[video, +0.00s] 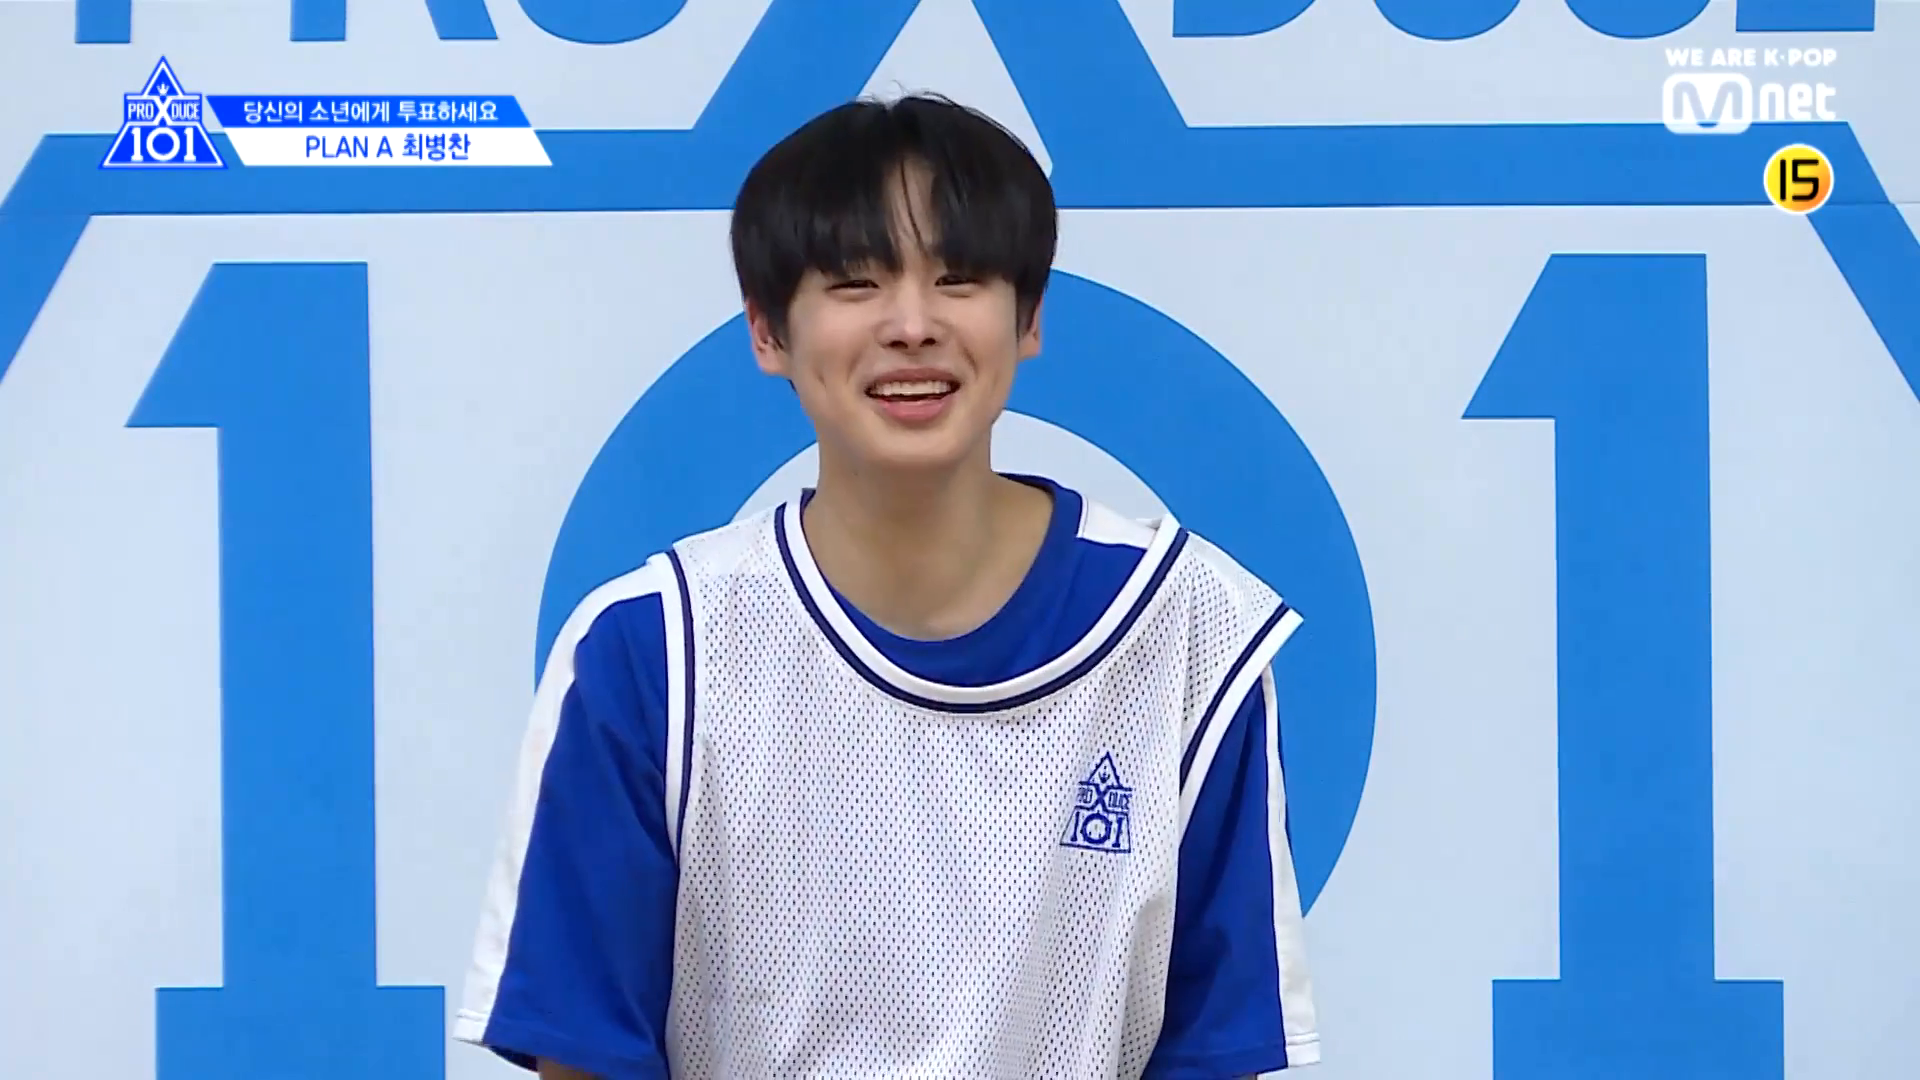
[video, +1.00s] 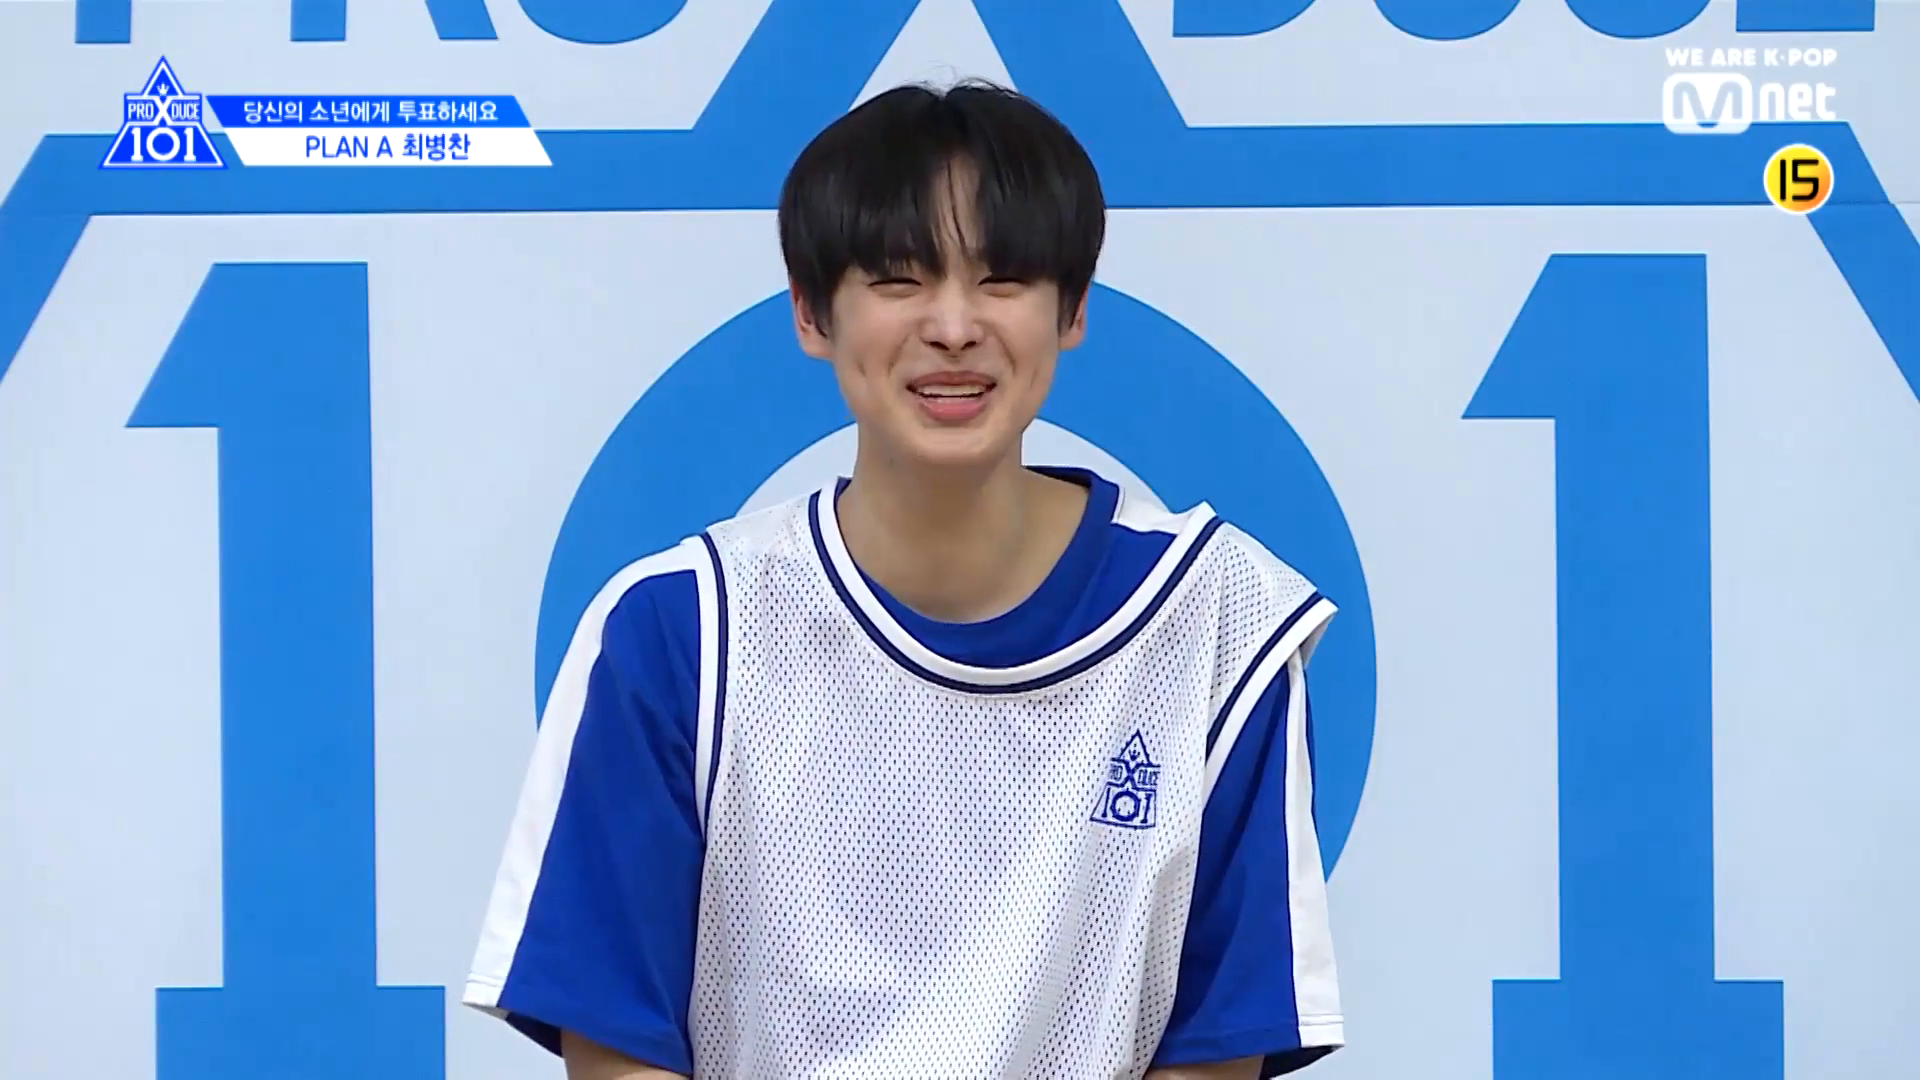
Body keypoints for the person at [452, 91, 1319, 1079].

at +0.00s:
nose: (912, 324)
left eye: (959, 280)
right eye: (855, 282)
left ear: (1026, 326)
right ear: (771, 335)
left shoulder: (1192, 635)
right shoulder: (648, 653)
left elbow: (1230, 1050)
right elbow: (571, 1046)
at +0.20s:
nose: (921, 330)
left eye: (969, 283)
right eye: (867, 286)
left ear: (1040, 324)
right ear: (785, 337)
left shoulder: (1199, 636)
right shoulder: (653, 650)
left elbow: (1230, 1052)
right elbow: (587, 1051)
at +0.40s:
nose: (939, 326)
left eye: (988, 281)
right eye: (884, 280)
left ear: (1055, 324)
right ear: (802, 325)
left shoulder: (1210, 637)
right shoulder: (658, 637)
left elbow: (1229, 1050)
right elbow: (593, 1043)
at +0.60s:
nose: (945, 329)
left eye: (995, 283)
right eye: (893, 281)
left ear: (1062, 324)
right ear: (809, 324)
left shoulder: (1213, 628)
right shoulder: (664, 633)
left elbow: (1217, 1049)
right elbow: (600, 1043)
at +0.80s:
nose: (947, 324)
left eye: (996, 279)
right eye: (893, 278)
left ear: (1064, 319)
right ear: (811, 323)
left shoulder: (1218, 625)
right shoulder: (670, 630)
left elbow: (1221, 1048)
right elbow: (608, 1041)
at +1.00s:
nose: (954, 325)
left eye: (1004, 279)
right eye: (900, 278)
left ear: (1069, 318)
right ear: (815, 318)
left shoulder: (1221, 626)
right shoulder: (672, 633)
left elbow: (1222, 1051)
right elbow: (613, 1046)